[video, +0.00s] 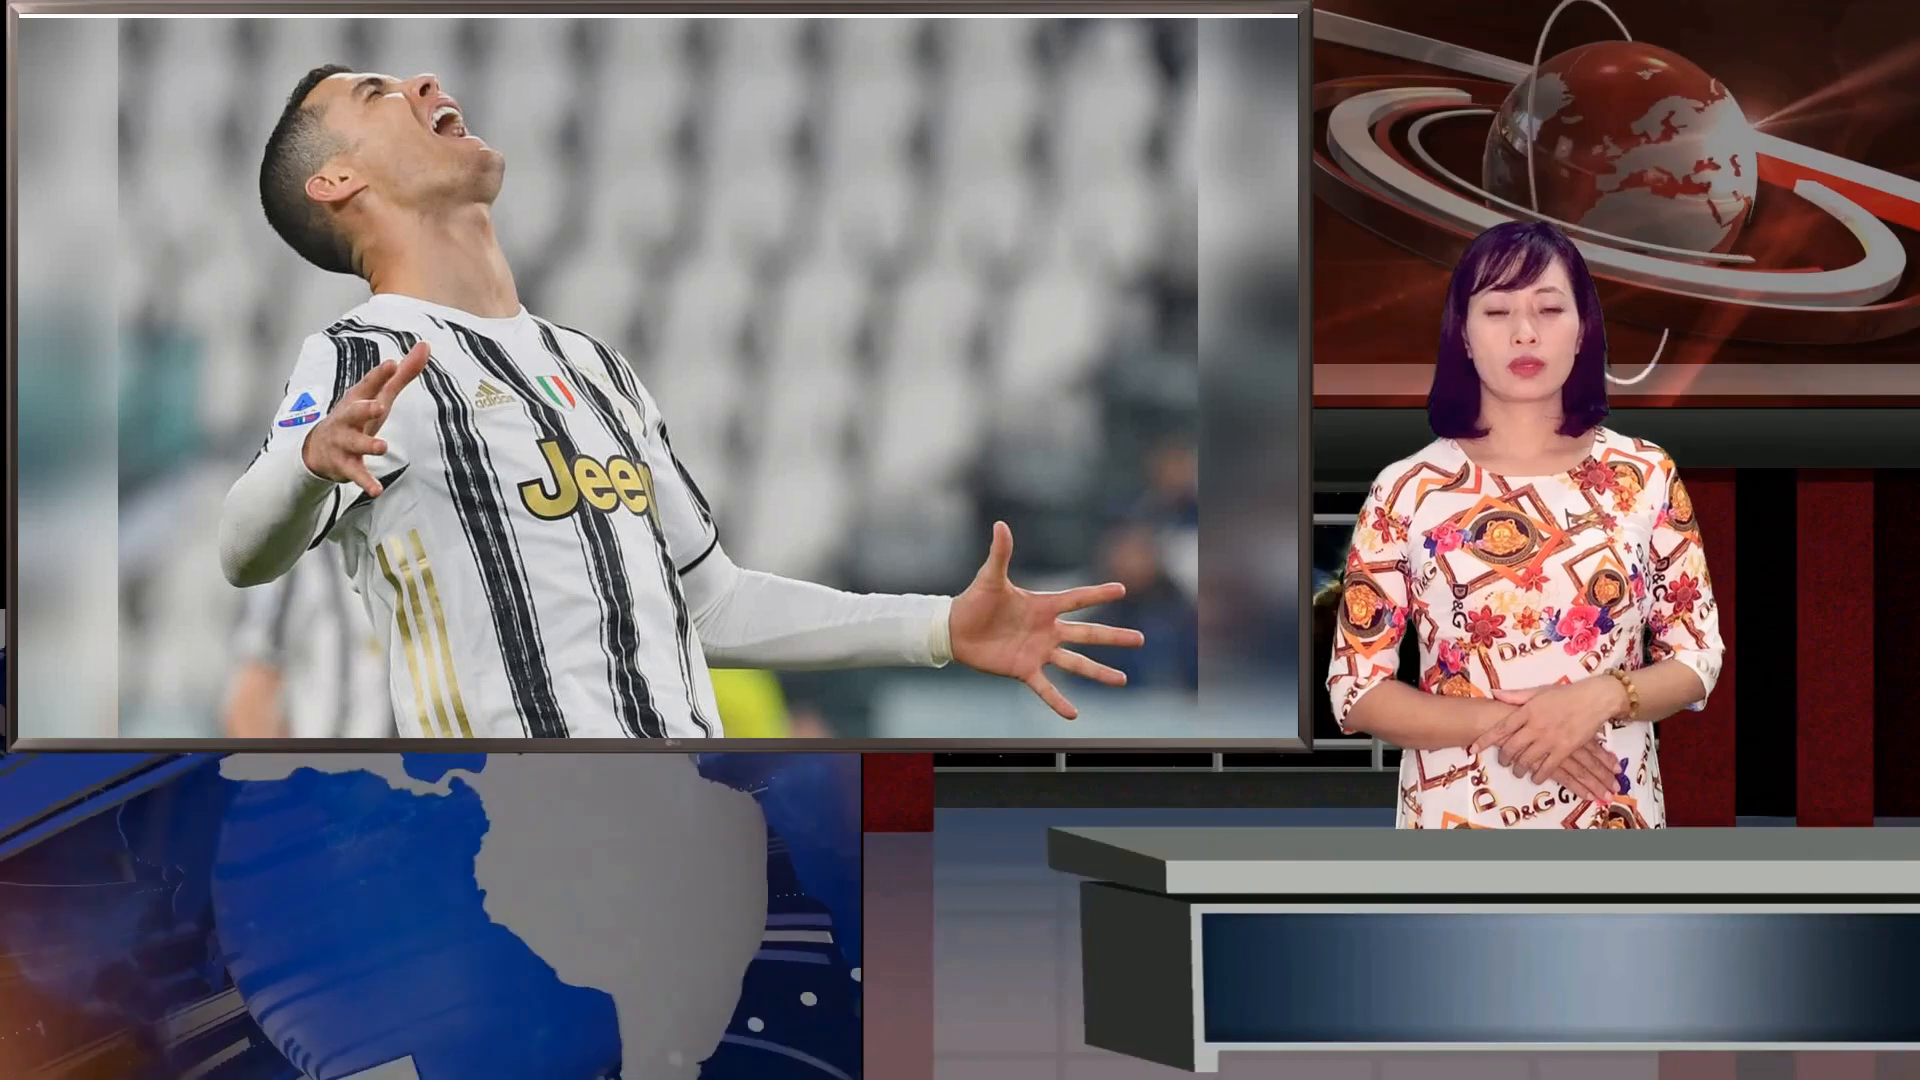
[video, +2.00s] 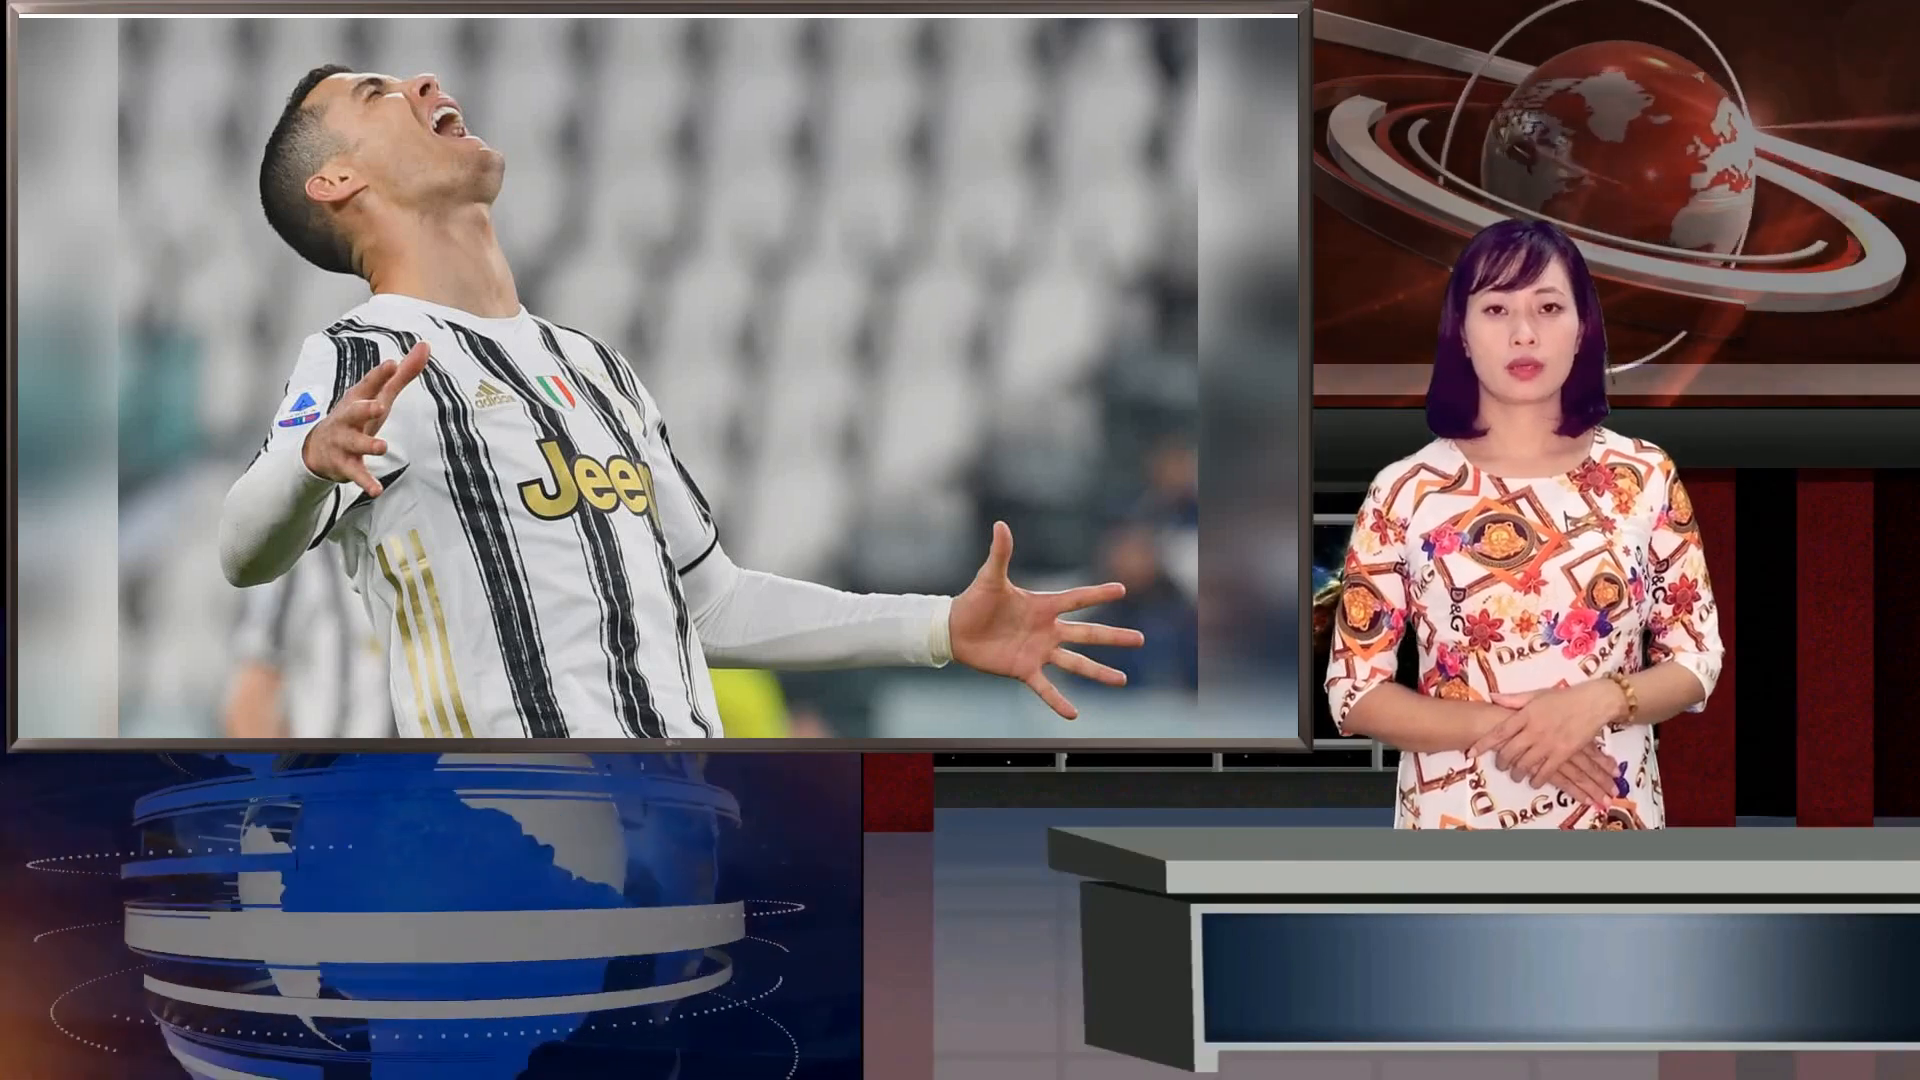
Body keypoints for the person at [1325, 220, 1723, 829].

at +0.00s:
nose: (1524, 331)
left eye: (1549, 309)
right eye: (1497, 311)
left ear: (1583, 328)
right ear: (1463, 332)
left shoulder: (1644, 477)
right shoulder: (1406, 491)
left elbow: (1697, 658)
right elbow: (1355, 690)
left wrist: (1601, 696)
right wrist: (1514, 727)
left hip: (1612, 827)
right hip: (1458, 828)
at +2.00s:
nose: (1523, 332)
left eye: (1548, 308)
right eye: (1496, 309)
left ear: (1583, 327)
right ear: (1461, 330)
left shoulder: (1643, 478)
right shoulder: (1404, 492)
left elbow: (1696, 659)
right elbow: (1353, 692)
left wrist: (1598, 701)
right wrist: (1511, 731)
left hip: (1610, 832)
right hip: (1454, 831)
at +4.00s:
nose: (1532, 331)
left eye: (1556, 307)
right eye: (1504, 308)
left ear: (1590, 326)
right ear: (1468, 329)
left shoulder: (1649, 479)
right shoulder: (1409, 492)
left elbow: (1701, 661)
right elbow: (1359, 691)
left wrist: (1604, 700)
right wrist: (1516, 729)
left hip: (1615, 832)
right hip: (1460, 832)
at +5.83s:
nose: (1530, 330)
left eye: (1555, 305)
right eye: (1503, 307)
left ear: (1589, 325)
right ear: (1466, 327)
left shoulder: (1648, 479)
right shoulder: (1407, 492)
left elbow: (1702, 661)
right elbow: (1357, 691)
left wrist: (1604, 701)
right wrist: (1516, 731)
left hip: (1615, 831)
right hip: (1458, 832)